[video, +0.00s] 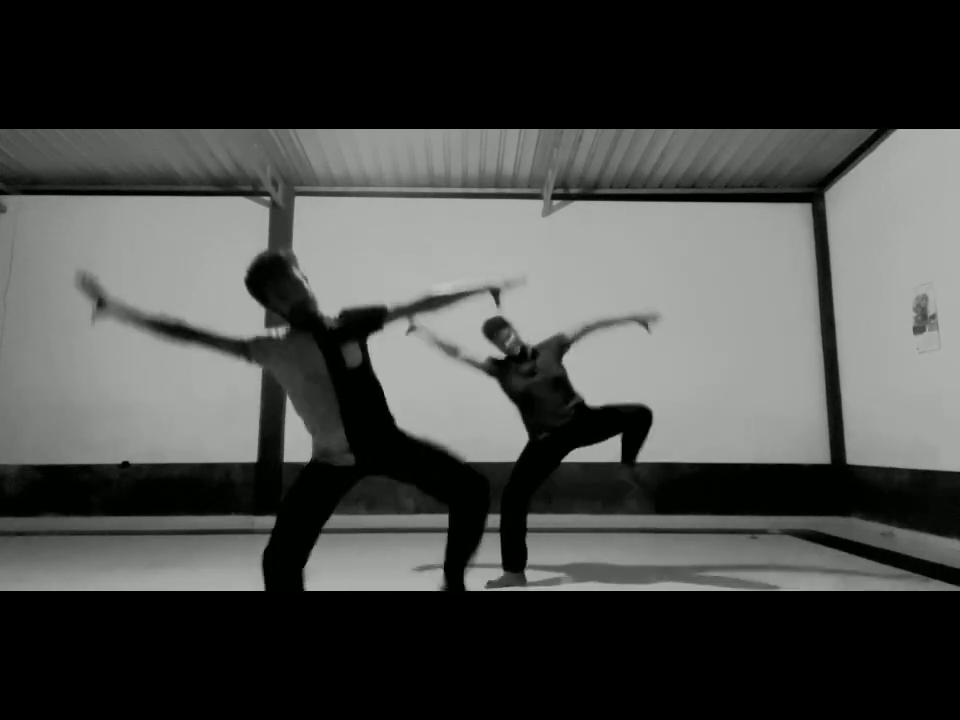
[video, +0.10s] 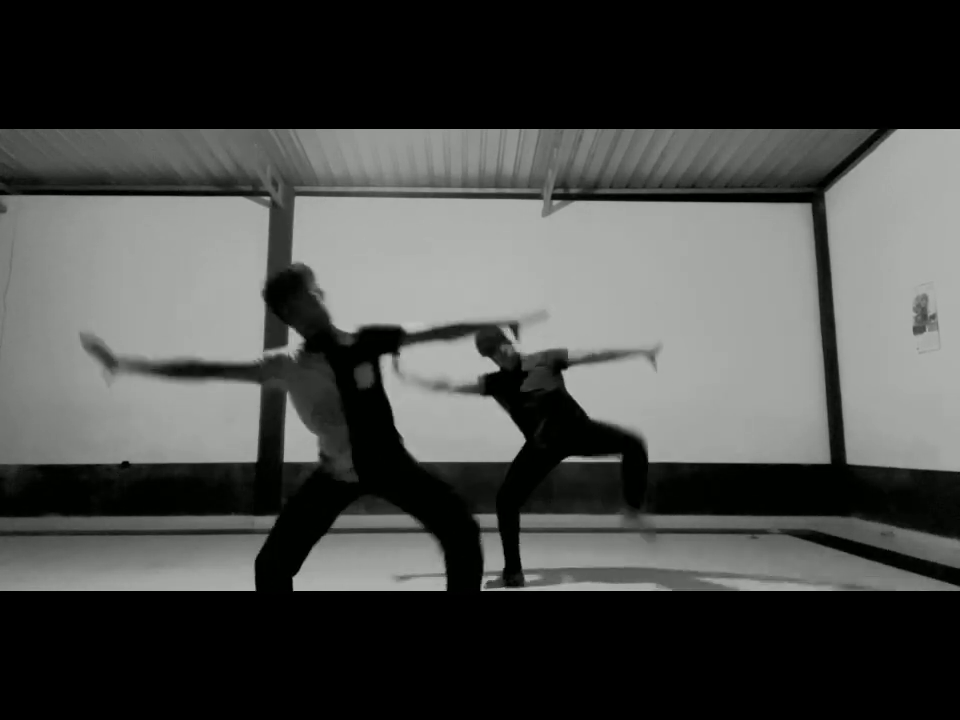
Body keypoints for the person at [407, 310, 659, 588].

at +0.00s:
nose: (509, 342)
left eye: (509, 335)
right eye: (501, 341)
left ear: (516, 330)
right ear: (497, 346)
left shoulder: (551, 349)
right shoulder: (500, 370)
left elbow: (592, 326)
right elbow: (456, 353)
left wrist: (636, 318)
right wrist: (423, 333)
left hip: (581, 422)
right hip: (545, 441)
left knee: (640, 415)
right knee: (513, 498)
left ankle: (627, 467)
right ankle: (514, 573)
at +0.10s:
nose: (501, 356)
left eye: (501, 348)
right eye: (493, 354)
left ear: (510, 343)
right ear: (488, 358)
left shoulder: (545, 360)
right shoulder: (494, 384)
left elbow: (596, 356)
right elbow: (446, 387)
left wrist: (642, 352)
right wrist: (406, 377)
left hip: (576, 432)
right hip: (540, 449)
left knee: (633, 445)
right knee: (506, 502)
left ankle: (634, 511)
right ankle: (512, 571)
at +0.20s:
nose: (492, 361)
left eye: (493, 355)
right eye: (488, 358)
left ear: (506, 350)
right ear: (491, 361)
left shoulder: (548, 365)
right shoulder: (500, 390)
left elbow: (595, 375)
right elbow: (460, 412)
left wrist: (638, 382)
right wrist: (419, 423)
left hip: (578, 440)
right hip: (541, 449)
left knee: (614, 486)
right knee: (507, 501)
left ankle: (626, 558)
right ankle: (512, 572)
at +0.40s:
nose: (538, 341)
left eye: (540, 335)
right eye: (535, 336)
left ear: (551, 331)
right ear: (535, 337)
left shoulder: (576, 359)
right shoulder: (539, 365)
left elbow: (550, 381)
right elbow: (511, 381)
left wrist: (511, 398)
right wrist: (476, 395)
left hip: (595, 441)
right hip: (565, 441)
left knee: (585, 506)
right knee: (531, 495)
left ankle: (603, 580)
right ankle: (513, 571)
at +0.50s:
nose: (550, 324)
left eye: (553, 318)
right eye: (550, 318)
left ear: (566, 318)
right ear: (566, 317)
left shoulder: (580, 342)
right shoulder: (570, 340)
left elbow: (549, 353)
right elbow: (533, 338)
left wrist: (506, 354)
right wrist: (497, 341)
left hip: (604, 432)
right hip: (583, 430)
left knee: (590, 499)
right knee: (545, 475)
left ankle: (602, 573)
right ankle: (539, 548)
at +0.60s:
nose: (562, 305)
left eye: (565, 299)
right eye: (563, 300)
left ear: (573, 301)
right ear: (587, 296)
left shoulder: (587, 325)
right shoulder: (590, 319)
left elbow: (557, 332)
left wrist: (521, 318)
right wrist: (538, 284)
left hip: (609, 418)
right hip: (607, 413)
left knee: (596, 495)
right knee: (575, 442)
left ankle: (609, 577)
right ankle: (595, 520)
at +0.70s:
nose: (576, 303)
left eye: (578, 299)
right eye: (582, 298)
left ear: (579, 303)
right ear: (605, 301)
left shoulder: (572, 331)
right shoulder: (616, 325)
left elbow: (542, 302)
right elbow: (613, 287)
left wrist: (535, 270)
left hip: (601, 428)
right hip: (630, 419)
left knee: (602, 503)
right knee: (618, 443)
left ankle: (621, 577)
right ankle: (628, 494)